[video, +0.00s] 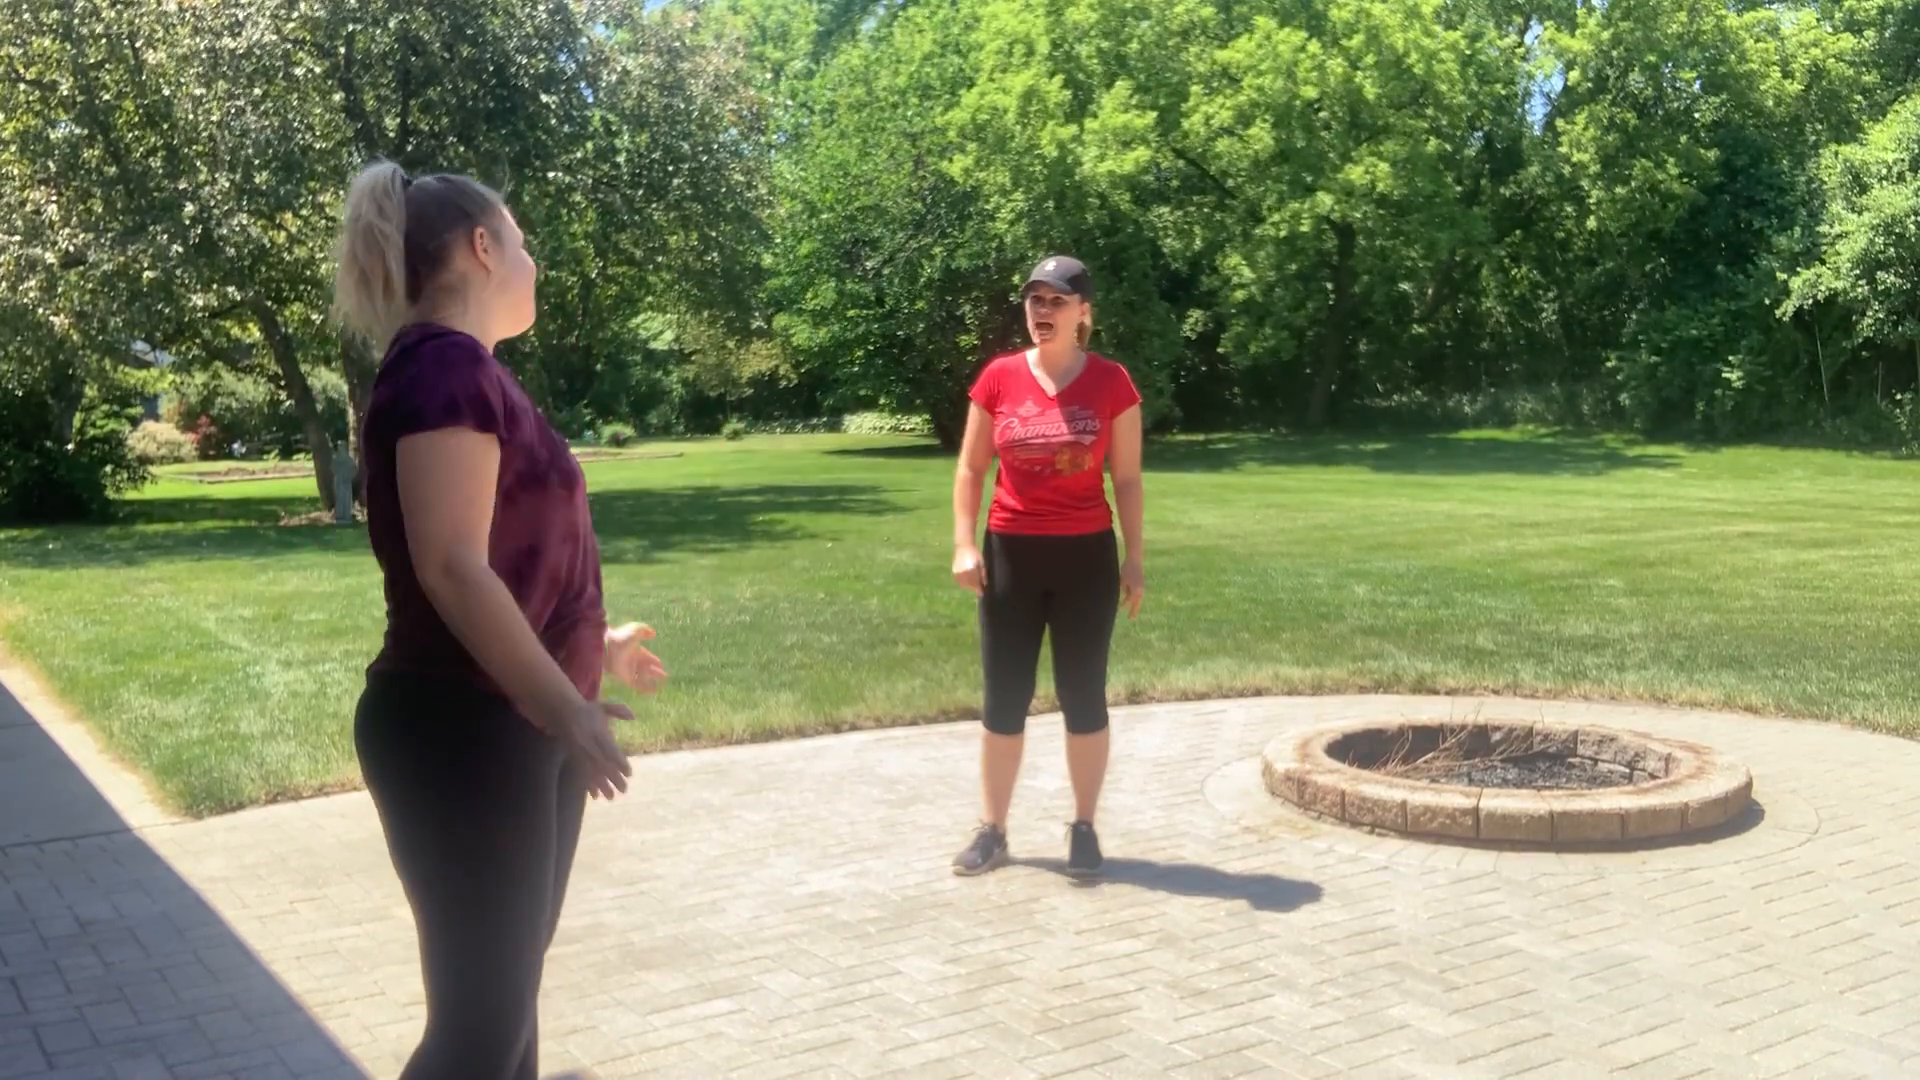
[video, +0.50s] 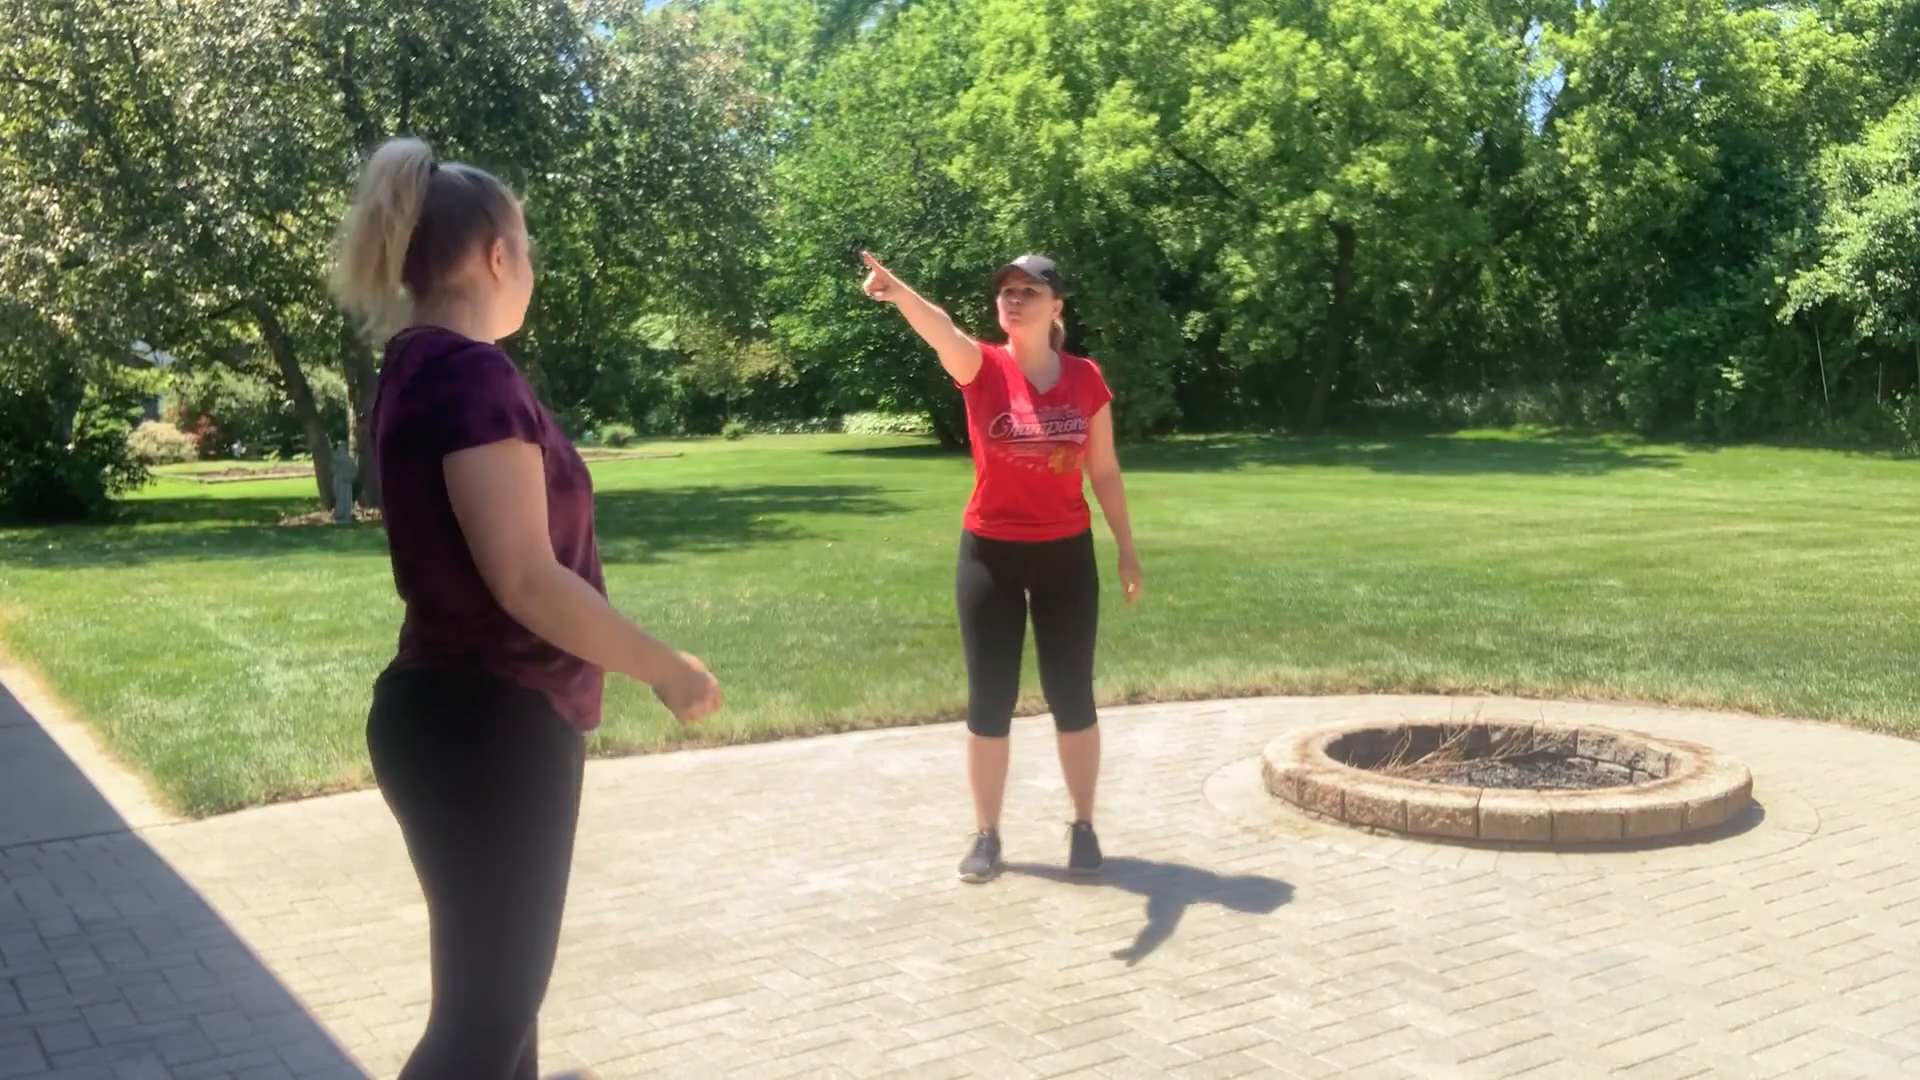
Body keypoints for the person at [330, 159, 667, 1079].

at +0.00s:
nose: (532, 262)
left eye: (525, 242)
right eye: (520, 241)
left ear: (451, 259)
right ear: (479, 246)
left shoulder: (467, 372)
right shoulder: (446, 365)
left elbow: (467, 573)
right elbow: (450, 566)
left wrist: (584, 644)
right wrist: (563, 712)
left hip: (505, 721)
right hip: (467, 725)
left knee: (502, 1021)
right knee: (480, 1028)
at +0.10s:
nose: (522, 260)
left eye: (513, 242)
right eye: (510, 240)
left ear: (423, 267)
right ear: (476, 247)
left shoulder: (426, 368)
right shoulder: (461, 368)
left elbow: (455, 579)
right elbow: (481, 573)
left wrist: (560, 681)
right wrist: (561, 740)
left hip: (452, 712)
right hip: (476, 724)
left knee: (487, 1023)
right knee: (486, 1032)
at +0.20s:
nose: (517, 259)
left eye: (504, 241)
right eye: (503, 239)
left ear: (415, 276)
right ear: (473, 248)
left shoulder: (421, 370)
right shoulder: (480, 369)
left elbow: (459, 573)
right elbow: (490, 575)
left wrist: (560, 700)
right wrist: (555, 744)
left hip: (438, 709)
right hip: (476, 721)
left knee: (484, 1016)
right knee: (492, 1027)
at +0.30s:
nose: (517, 259)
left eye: (506, 242)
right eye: (507, 241)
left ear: (408, 281)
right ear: (482, 247)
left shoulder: (415, 373)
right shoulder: (486, 370)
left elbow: (445, 567)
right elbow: (499, 576)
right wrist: (578, 723)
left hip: (437, 708)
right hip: (488, 718)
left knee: (482, 1015)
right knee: (496, 1025)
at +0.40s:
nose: (523, 258)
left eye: (515, 238)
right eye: (514, 238)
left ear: (408, 273)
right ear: (487, 249)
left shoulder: (414, 373)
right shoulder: (480, 374)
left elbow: (446, 568)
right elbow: (518, 577)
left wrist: (583, 681)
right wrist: (631, 696)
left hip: (440, 711)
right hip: (493, 723)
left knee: (490, 1011)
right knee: (491, 1021)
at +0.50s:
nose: (532, 276)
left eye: (529, 254)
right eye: (527, 253)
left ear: (420, 264)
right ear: (495, 258)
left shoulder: (414, 372)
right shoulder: (471, 376)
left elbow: (475, 571)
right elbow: (525, 574)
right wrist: (665, 667)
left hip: (447, 712)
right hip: (496, 725)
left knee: (487, 1012)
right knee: (489, 1024)